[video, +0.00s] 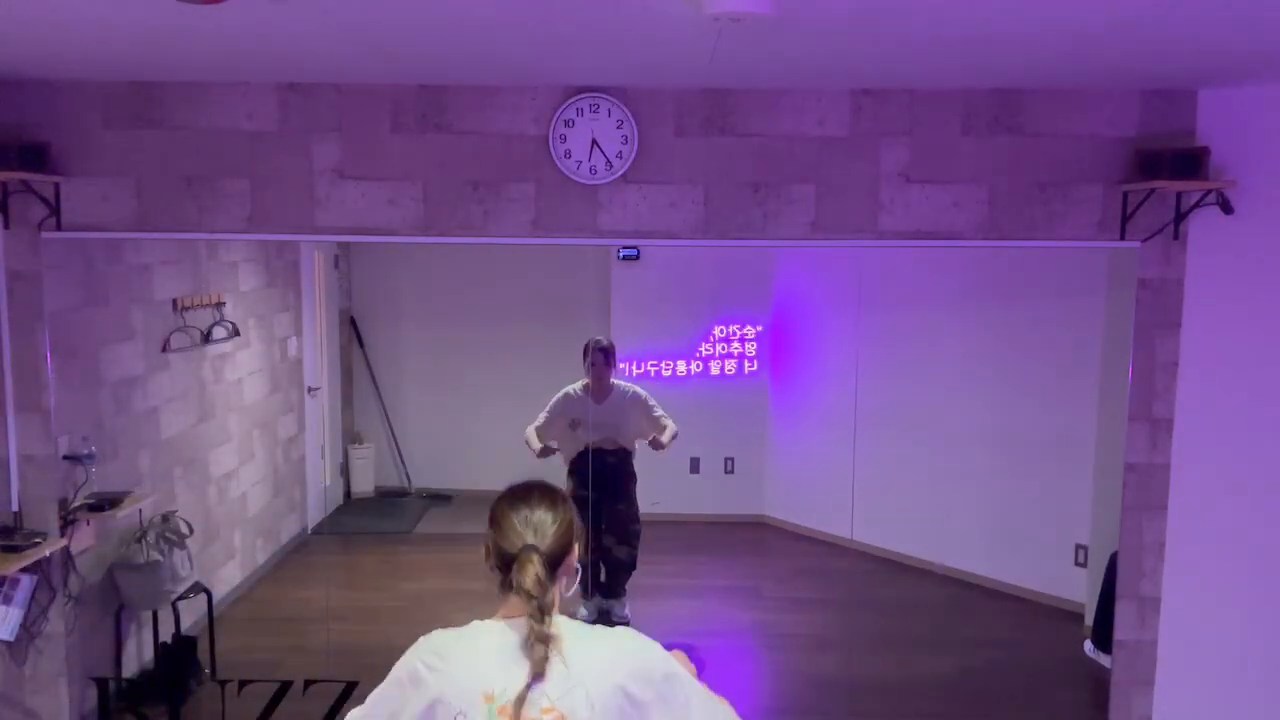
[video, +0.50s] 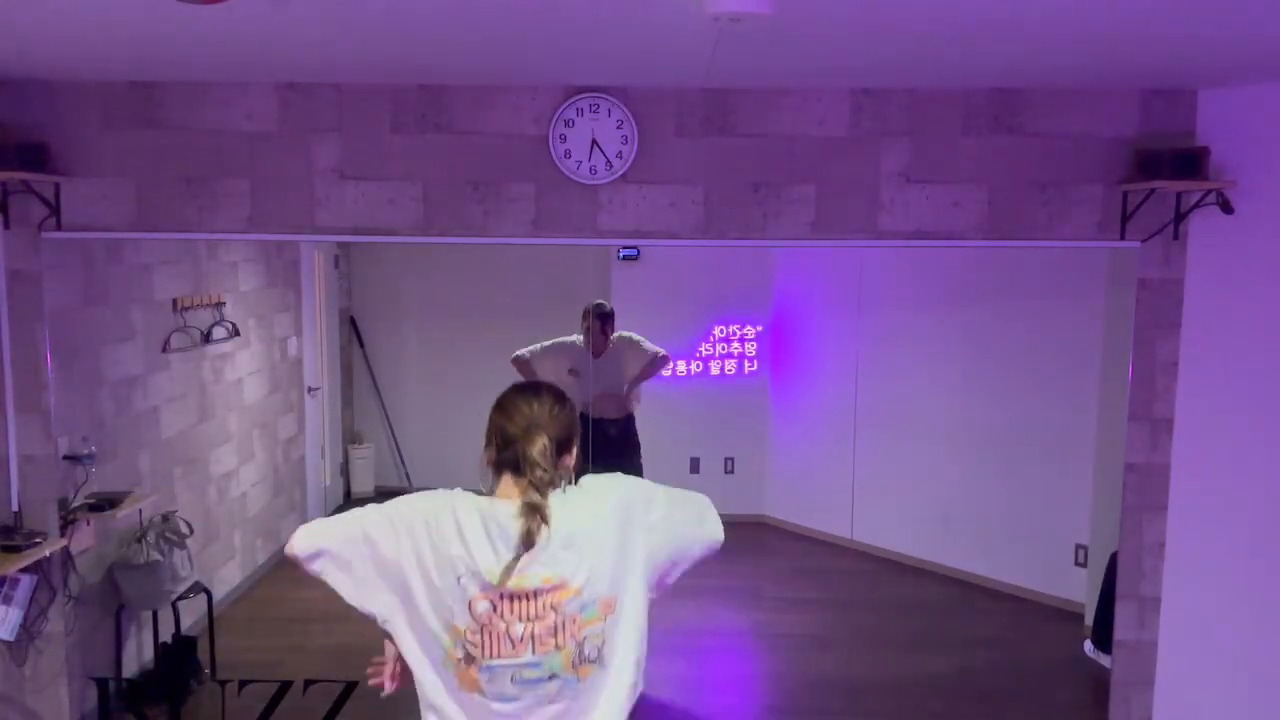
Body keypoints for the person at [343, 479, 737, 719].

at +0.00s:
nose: (579, 562)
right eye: (581, 552)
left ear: (489, 558)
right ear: (573, 561)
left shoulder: (430, 660)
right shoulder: (638, 660)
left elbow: (364, 715)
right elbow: (721, 715)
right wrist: (685, 677)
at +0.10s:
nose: (580, 576)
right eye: (583, 568)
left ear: (494, 574)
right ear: (577, 582)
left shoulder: (433, 676)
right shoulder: (637, 676)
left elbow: (349, 710)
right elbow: (740, 714)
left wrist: (442, 661)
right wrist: (688, 662)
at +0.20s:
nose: (581, 575)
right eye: (583, 568)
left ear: (496, 573)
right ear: (577, 581)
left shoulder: (435, 665)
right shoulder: (623, 666)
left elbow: (349, 666)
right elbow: (746, 682)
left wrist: (448, 624)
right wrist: (676, 632)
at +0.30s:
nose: (579, 552)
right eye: (581, 544)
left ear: (493, 542)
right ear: (574, 555)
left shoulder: (450, 626)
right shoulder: (606, 626)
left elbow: (335, 599)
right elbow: (746, 613)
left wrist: (443, 617)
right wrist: (663, 599)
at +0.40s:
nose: (580, 507)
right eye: (580, 496)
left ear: (491, 497)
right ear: (570, 504)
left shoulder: (436, 568)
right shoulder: (615, 563)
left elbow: (316, 544)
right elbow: (732, 538)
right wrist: (645, 554)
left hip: (469, 713)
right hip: (583, 712)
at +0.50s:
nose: (577, 458)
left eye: (574, 449)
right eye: (576, 450)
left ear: (489, 451)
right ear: (568, 457)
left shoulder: (435, 517)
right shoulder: (615, 503)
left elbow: (305, 544)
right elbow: (708, 526)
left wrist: (399, 626)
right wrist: (632, 580)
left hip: (466, 707)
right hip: (588, 706)